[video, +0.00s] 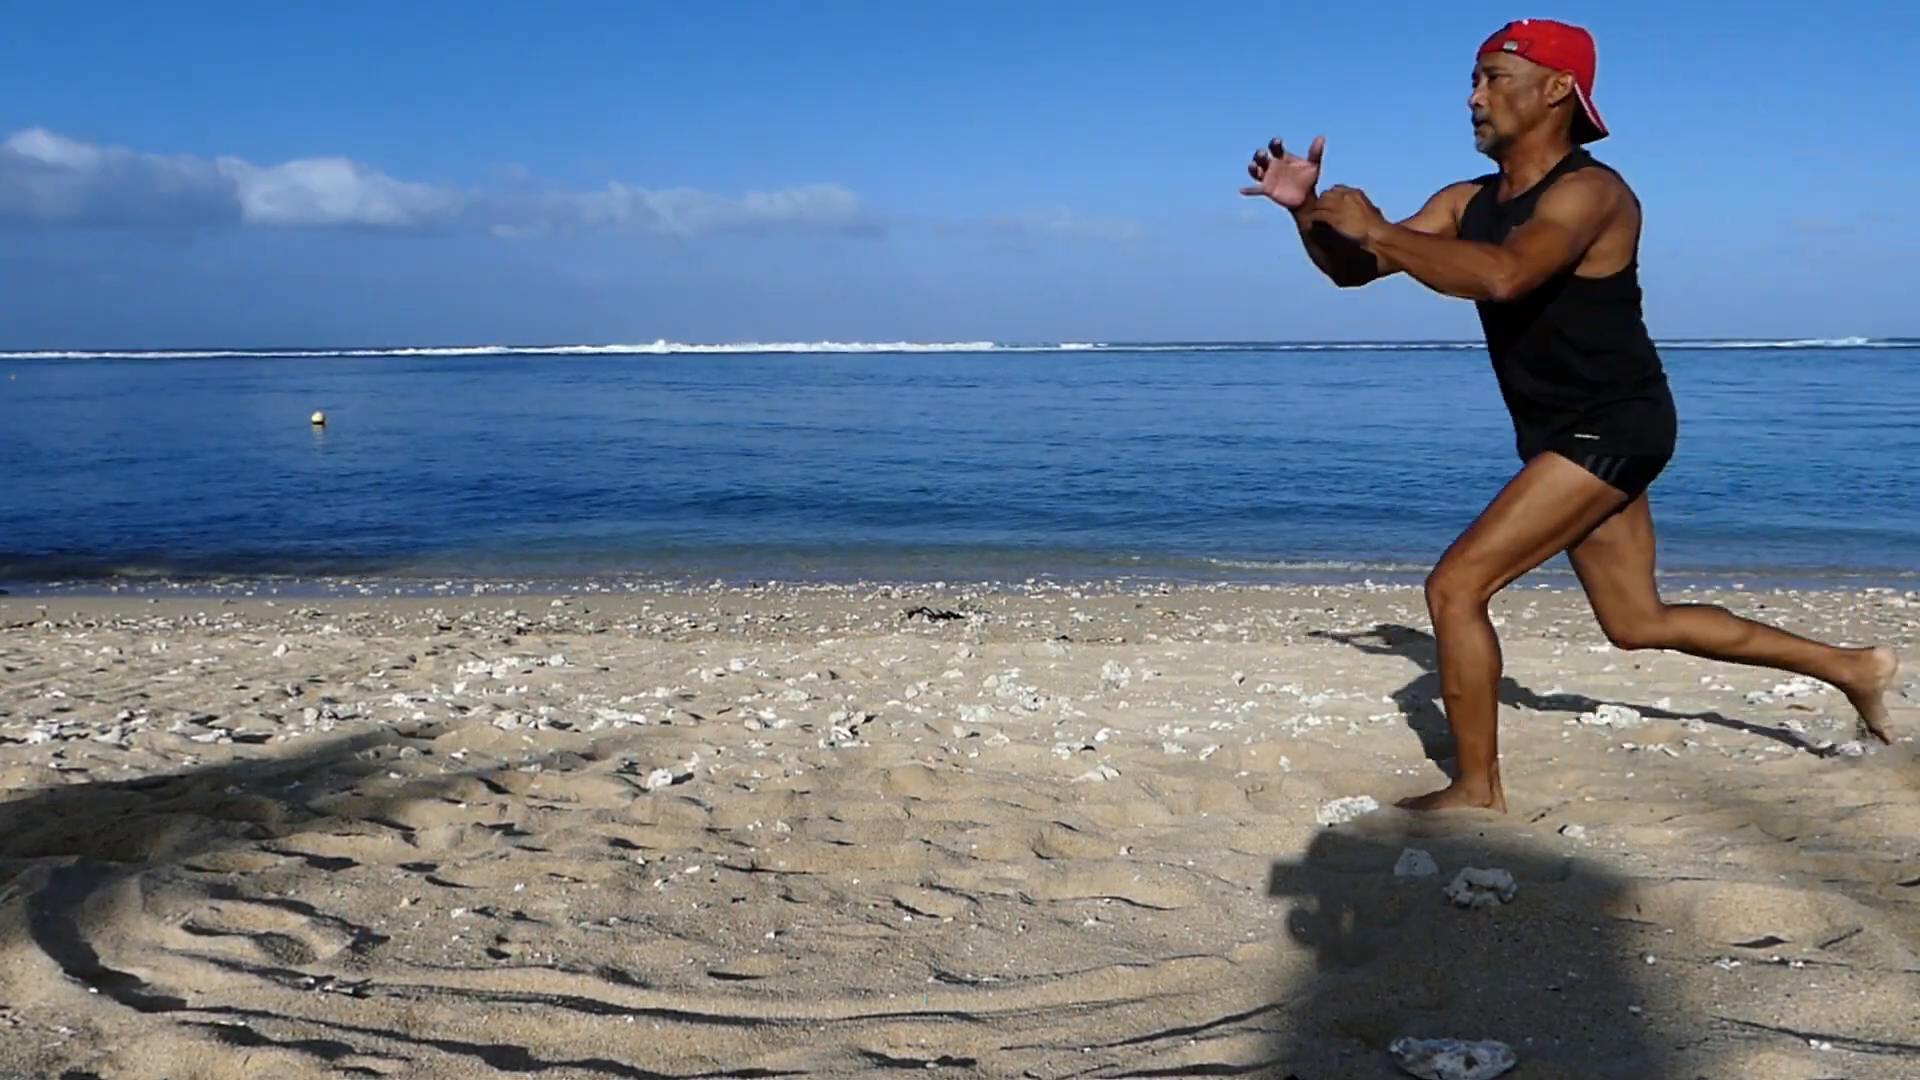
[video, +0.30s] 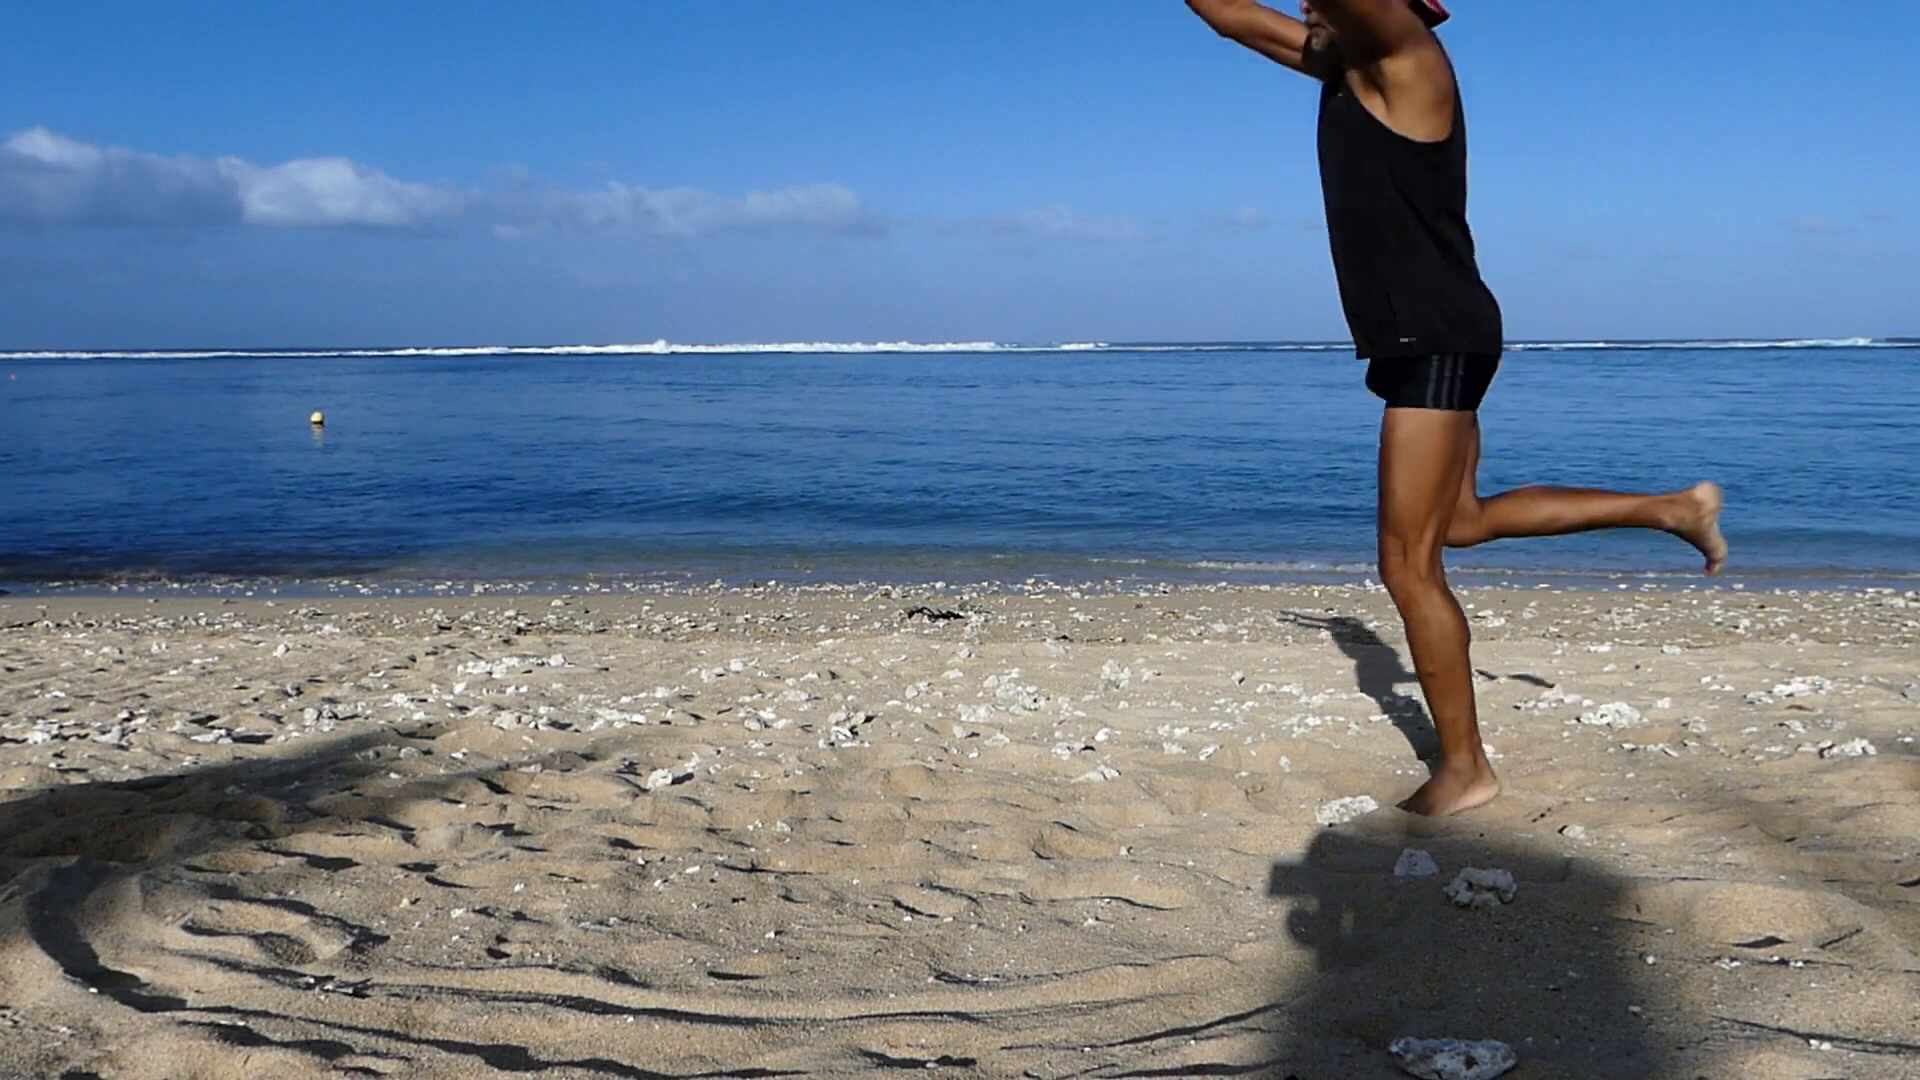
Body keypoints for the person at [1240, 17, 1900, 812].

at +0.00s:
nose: (1475, 91)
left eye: (1495, 75)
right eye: (1477, 76)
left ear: (1557, 92)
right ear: (1508, 95)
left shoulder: (1593, 192)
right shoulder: (1468, 200)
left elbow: (1502, 273)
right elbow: (1352, 268)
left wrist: (1376, 235)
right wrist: (1307, 209)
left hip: (1616, 424)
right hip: (1561, 431)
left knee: (1457, 586)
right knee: (1636, 621)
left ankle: (1475, 786)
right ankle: (1851, 668)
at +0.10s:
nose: (1422, 77)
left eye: (1442, 61)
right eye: (1423, 62)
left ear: (1503, 80)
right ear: (1460, 79)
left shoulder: (1534, 168)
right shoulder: (1445, 169)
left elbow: (1411, 183)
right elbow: (1297, 187)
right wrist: (1244, 109)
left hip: (1573, 410)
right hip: (1532, 414)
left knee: (1433, 592)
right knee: (1568, 606)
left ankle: (1474, 787)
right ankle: (1787, 634)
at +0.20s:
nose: (1354, 30)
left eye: (1369, 17)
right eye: (1354, 18)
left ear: (1427, 26)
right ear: (1407, 35)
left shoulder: (1455, 100)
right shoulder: (1381, 107)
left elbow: (1326, 37)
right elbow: (1247, 71)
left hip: (1499, 376)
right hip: (1469, 376)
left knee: (1413, 589)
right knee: (1495, 561)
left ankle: (1473, 782)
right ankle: (1715, 567)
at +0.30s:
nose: (1309, 13)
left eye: (1321, 3)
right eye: (1311, 5)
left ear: (1364, 4)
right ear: (1334, 15)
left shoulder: (1403, 49)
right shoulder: (1341, 59)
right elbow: (1227, 11)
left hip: (1439, 338)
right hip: (1415, 339)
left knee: (1409, 565)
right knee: (1460, 522)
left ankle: (1465, 769)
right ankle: (1675, 511)